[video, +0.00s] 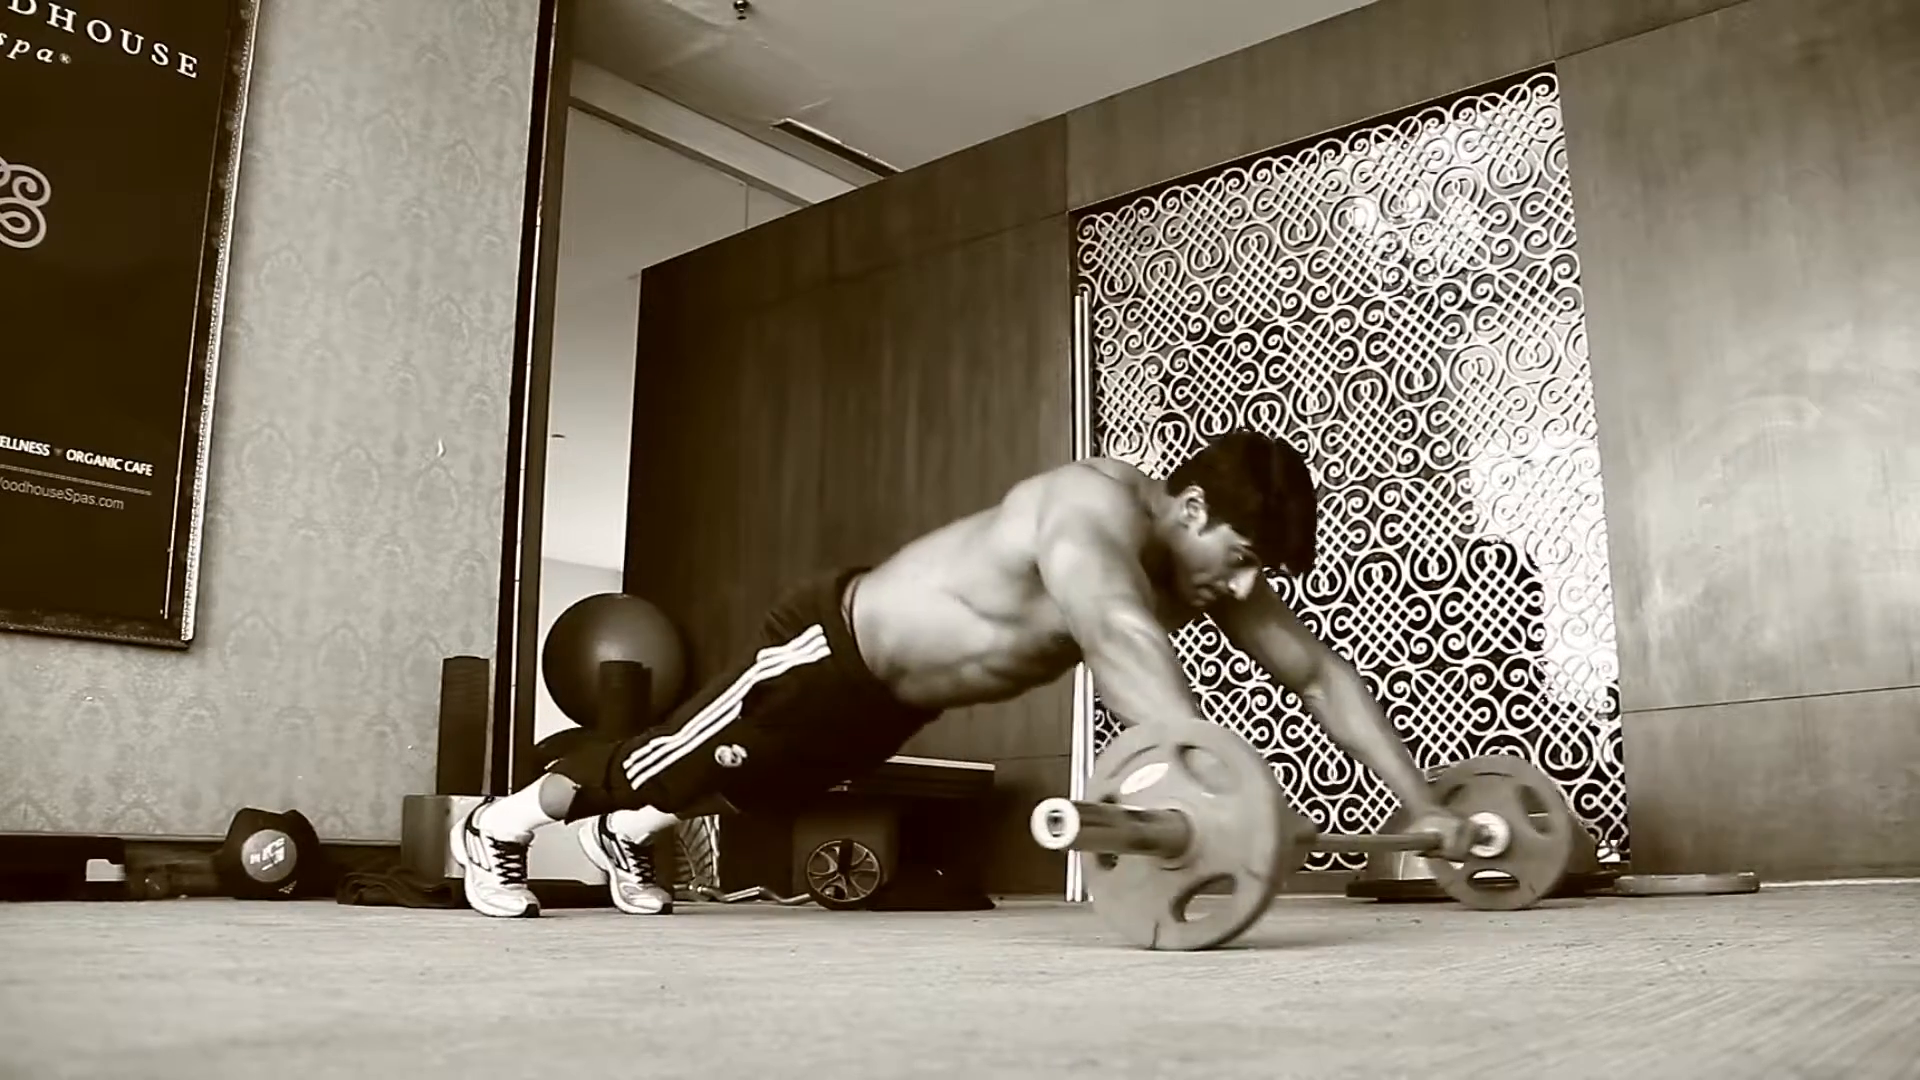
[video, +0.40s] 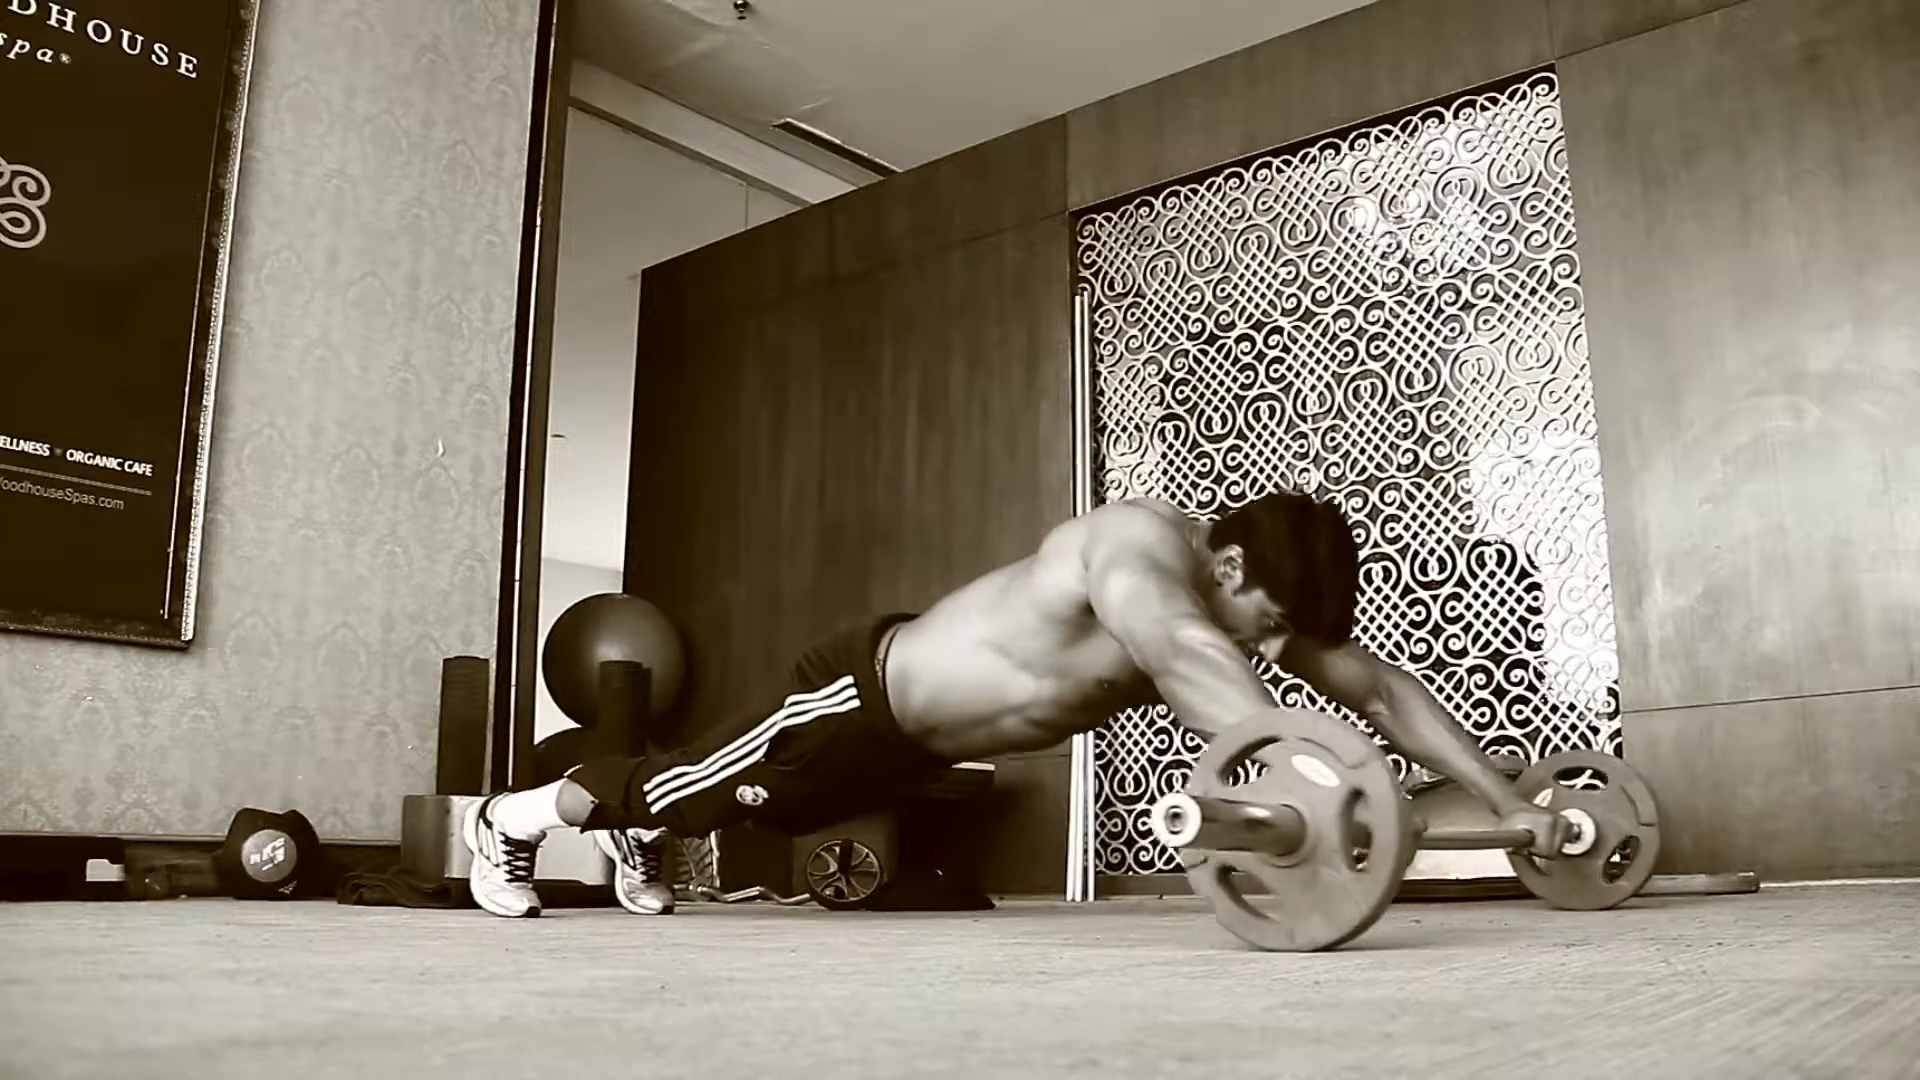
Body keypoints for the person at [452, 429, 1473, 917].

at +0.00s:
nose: (1236, 587)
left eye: (1252, 574)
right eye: (1240, 563)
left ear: (1233, 537)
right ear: (1204, 503)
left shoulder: (1190, 558)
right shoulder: (1091, 504)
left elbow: (1320, 674)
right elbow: (1116, 642)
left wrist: (1413, 797)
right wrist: (1200, 748)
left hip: (905, 690)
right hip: (842, 647)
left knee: (759, 772)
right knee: (671, 757)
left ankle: (636, 836)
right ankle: (499, 823)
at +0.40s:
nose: (1263, 638)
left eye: (1276, 629)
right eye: (1265, 615)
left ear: (1285, 602)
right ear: (1235, 551)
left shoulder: (1242, 600)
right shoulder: (1137, 542)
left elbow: (1380, 692)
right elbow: (1182, 667)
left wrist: (1503, 790)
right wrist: (1311, 744)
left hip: (940, 748)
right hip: (869, 696)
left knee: (760, 824)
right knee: (671, 797)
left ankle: (654, 860)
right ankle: (508, 827)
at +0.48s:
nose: (1275, 658)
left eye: (1290, 647)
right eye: (1275, 635)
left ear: (1295, 612)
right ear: (1237, 571)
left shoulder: (1260, 598)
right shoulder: (1143, 548)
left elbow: (1392, 697)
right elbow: (1209, 692)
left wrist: (1521, 804)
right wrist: (1357, 768)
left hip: (959, 762)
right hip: (876, 701)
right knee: (677, 801)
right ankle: (505, 831)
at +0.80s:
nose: (1254, 645)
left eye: (1270, 636)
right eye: (1259, 620)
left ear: (1283, 602)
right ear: (1239, 553)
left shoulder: (1232, 587)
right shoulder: (1133, 532)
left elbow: (1360, 678)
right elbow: (1163, 659)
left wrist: (1466, 775)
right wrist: (1293, 752)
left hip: (935, 741)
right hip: (867, 688)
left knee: (775, 826)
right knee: (667, 787)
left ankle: (660, 859)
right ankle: (506, 824)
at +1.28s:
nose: (1200, 577)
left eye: (1220, 566)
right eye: (1205, 557)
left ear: (1202, 518)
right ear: (1179, 497)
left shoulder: (1171, 525)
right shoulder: (1062, 475)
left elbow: (1265, 660)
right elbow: (1061, 619)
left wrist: (1347, 801)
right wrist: (1119, 762)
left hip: (876, 638)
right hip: (812, 600)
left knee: (749, 735)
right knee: (649, 734)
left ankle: (624, 818)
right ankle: (497, 818)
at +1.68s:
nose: (1128, 552)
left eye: (1143, 541)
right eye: (1129, 529)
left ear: (1132, 505)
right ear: (1090, 476)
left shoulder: (1096, 518)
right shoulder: (973, 463)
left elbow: (1164, 656)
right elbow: (942, 622)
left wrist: (1207, 807)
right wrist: (968, 793)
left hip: (832, 583)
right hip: (760, 529)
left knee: (712, 709)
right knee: (630, 689)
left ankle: (611, 840)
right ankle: (485, 832)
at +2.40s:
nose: (957, 576)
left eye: (977, 566)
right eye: (955, 553)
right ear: (927, 501)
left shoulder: (958, 515)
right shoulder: (817, 481)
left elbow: (1005, 672)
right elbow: (773, 639)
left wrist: (1040, 817)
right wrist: (786, 807)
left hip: (741, 522)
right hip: (661, 472)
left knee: (662, 693)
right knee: (574, 679)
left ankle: (594, 853)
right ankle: (468, 857)